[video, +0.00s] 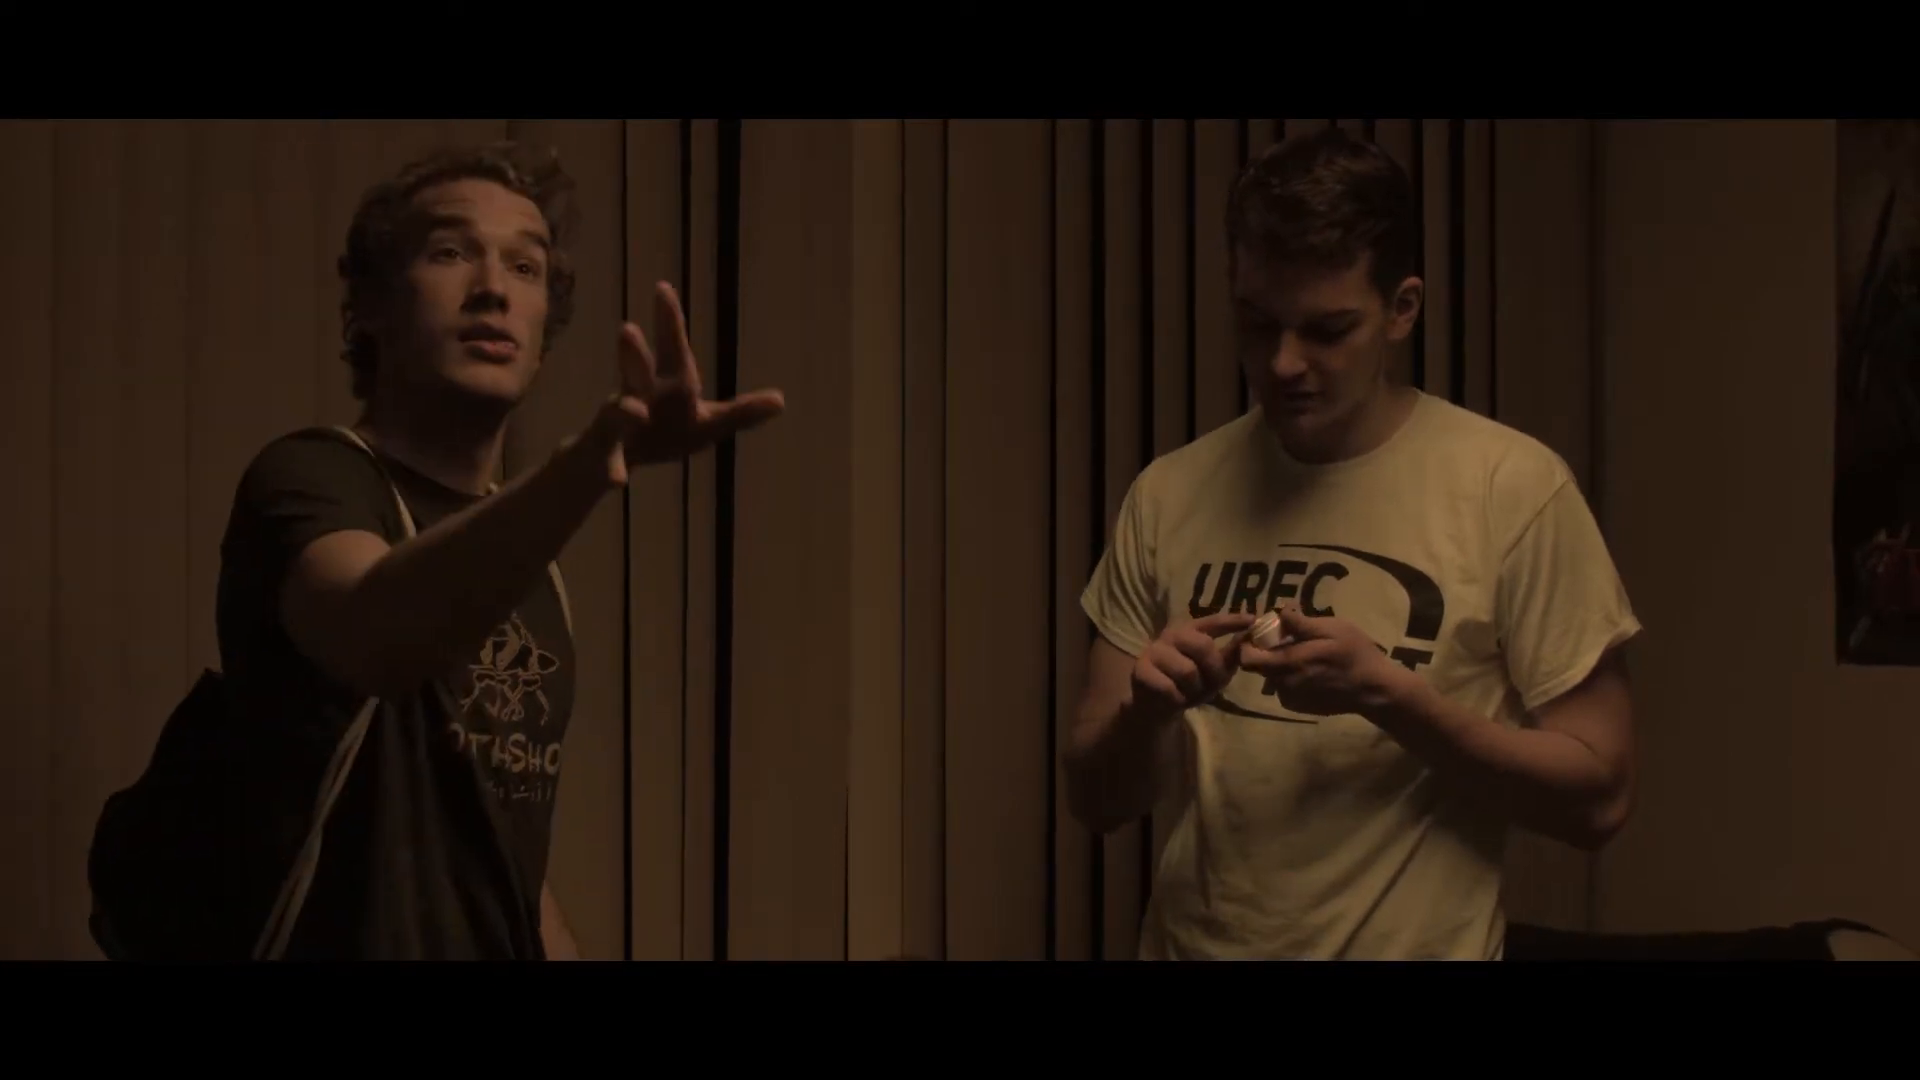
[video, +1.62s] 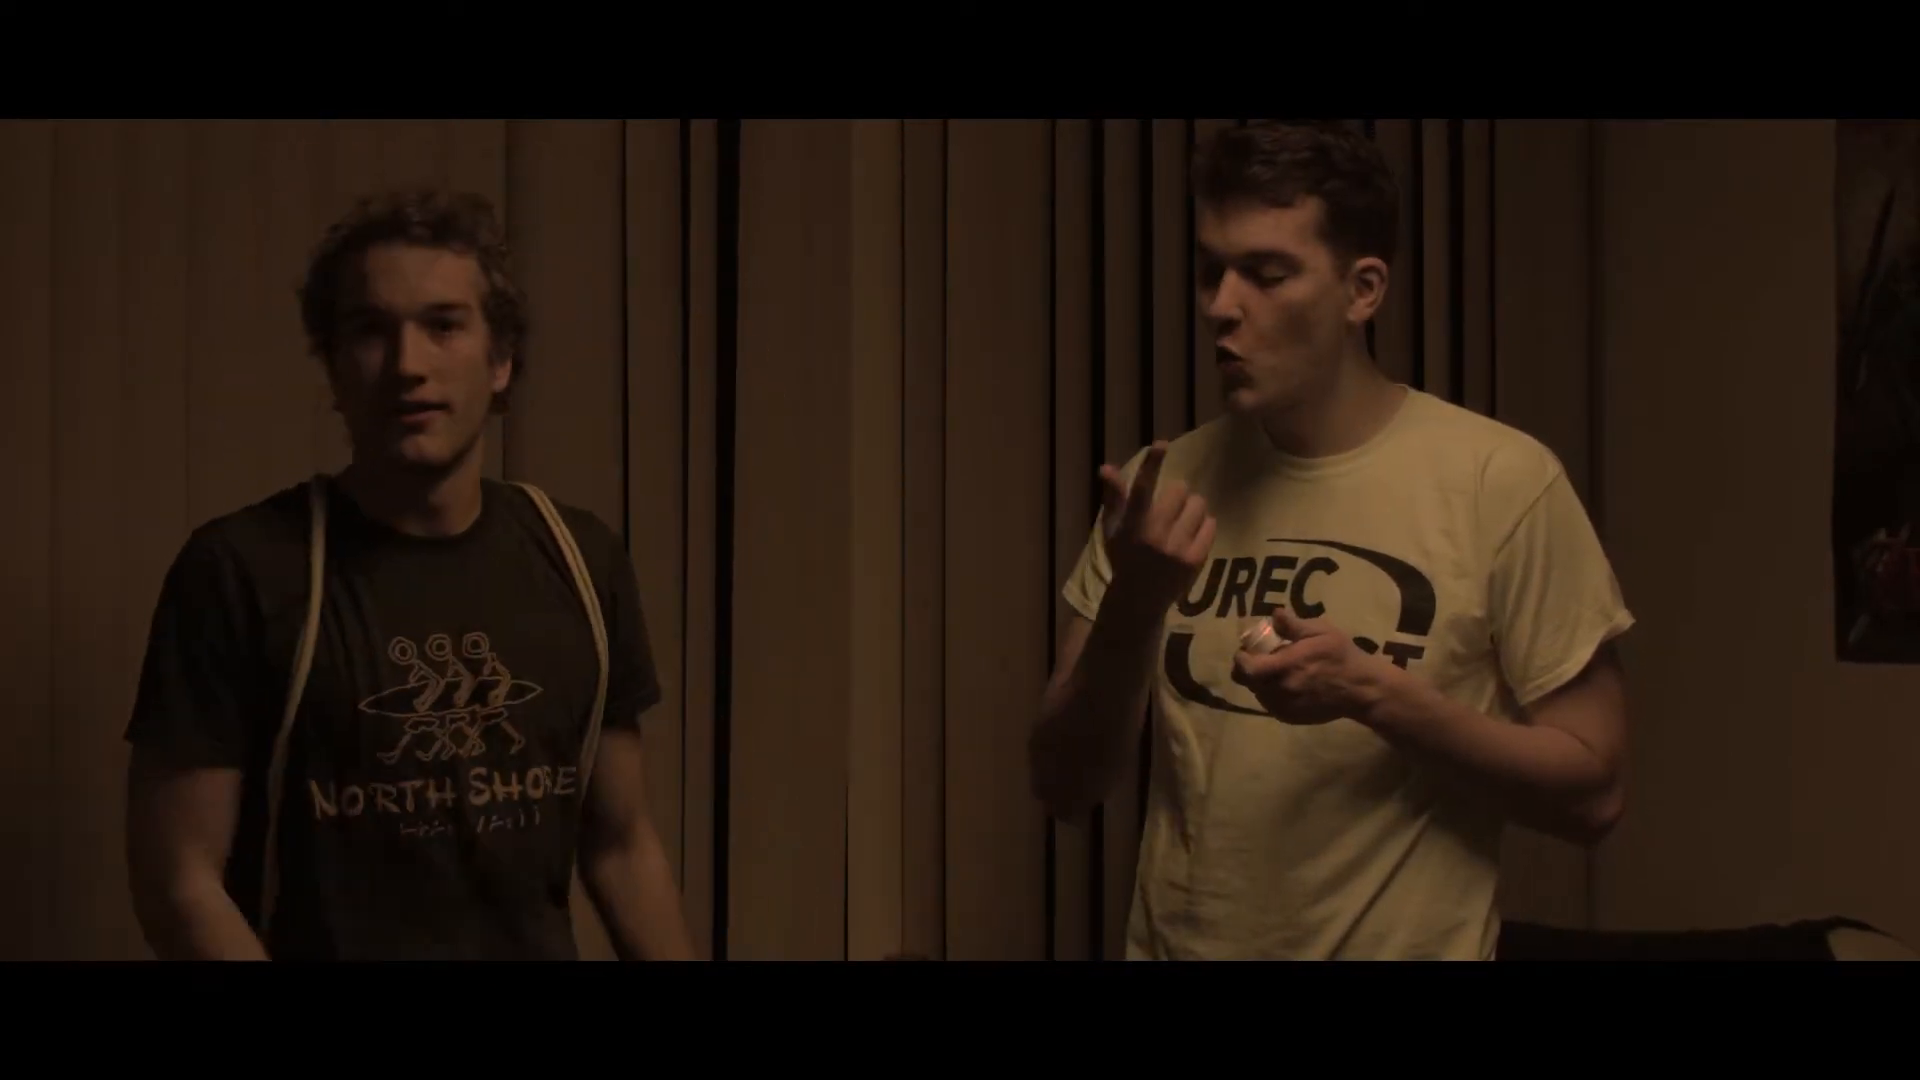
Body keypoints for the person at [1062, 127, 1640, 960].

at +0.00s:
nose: (1287, 365)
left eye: (1328, 331)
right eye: (1260, 327)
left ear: (1403, 311)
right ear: (1237, 306)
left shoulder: (1515, 492)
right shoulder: (1167, 497)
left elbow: (1597, 797)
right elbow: (1091, 802)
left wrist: (1393, 693)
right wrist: (1144, 713)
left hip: (1417, 945)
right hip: (1194, 943)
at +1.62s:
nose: (1220, 308)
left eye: (1267, 273)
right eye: (1213, 272)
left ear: (1362, 290)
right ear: (1197, 275)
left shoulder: (1505, 486)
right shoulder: (1160, 487)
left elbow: (1592, 790)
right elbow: (1064, 785)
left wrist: (1376, 690)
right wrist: (1137, 601)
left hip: (1406, 946)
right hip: (1177, 941)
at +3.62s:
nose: (1246, 342)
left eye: (1286, 307)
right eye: (1227, 309)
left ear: (1379, 311)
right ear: (1210, 316)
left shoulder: (1515, 514)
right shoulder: (1161, 500)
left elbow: (1597, 819)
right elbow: (1048, 776)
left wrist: (1394, 721)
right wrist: (1174, 559)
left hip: (1416, 948)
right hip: (1177, 944)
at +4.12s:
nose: (1281, 358)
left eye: (1319, 320)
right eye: (1251, 323)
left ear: (1394, 315)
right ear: (1224, 322)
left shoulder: (1516, 515)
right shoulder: (1157, 502)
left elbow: (1595, 818)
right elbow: (1067, 800)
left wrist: (1390, 716)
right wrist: (1162, 657)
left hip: (1415, 946)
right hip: (1179, 944)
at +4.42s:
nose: (1291, 368)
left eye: (1332, 331)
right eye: (1262, 330)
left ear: (1404, 323)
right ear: (1235, 319)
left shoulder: (1517, 518)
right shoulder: (1157, 503)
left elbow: (1592, 822)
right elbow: (1069, 793)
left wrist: (1394, 721)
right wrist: (1162, 705)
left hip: (1414, 947)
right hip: (1182, 944)